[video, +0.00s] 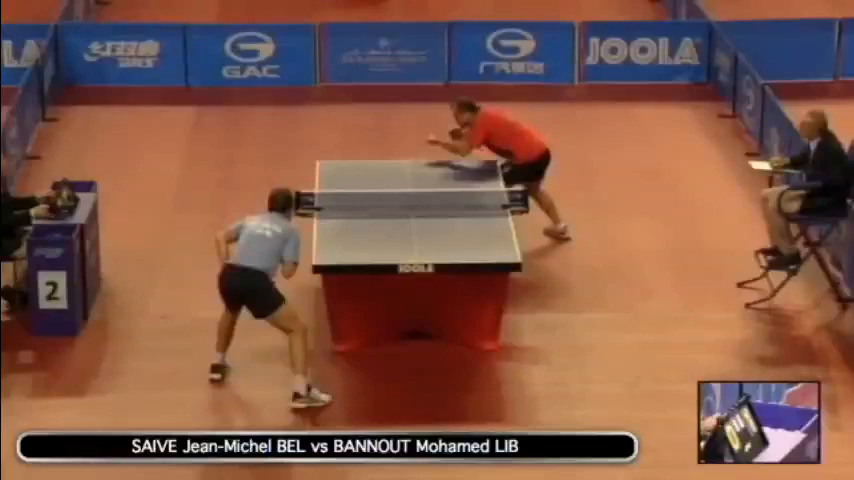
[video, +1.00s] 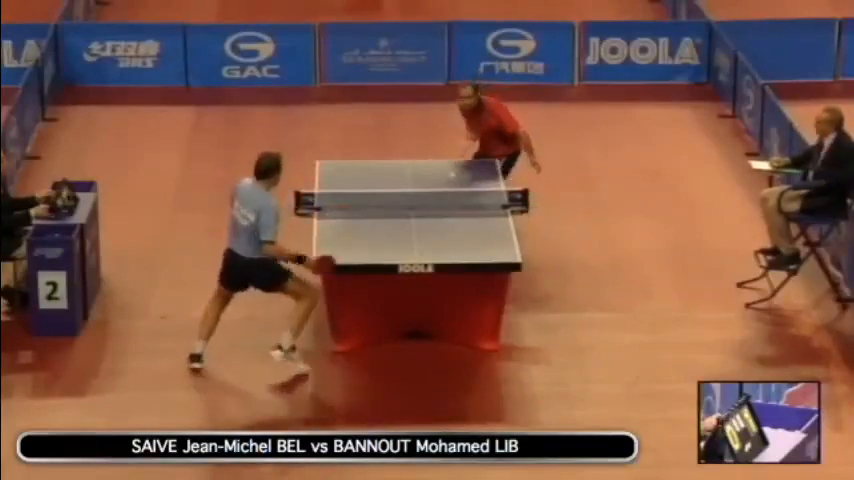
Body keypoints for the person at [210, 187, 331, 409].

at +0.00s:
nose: (293, 212)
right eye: (293, 208)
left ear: (270, 206)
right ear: (291, 210)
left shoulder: (252, 220)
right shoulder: (290, 231)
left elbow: (222, 237)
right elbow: (288, 271)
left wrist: (224, 264)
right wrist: (284, 249)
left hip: (230, 275)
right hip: (257, 281)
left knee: (230, 311)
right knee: (297, 329)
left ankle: (218, 363)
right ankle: (301, 389)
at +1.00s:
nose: (281, 176)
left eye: (279, 172)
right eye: (280, 173)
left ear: (257, 171)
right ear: (276, 176)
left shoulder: (242, 186)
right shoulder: (268, 203)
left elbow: (234, 205)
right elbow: (268, 247)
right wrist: (301, 259)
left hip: (232, 259)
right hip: (258, 265)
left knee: (219, 300)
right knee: (309, 295)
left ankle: (198, 350)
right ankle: (286, 346)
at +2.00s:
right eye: (336, 177)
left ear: (314, 178)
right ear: (336, 180)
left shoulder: (295, 200)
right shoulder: (338, 208)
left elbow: (269, 231)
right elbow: (350, 251)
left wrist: (275, 258)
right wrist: (369, 254)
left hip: (286, 265)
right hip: (315, 269)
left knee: (259, 315)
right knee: (347, 319)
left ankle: (228, 366)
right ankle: (341, 378)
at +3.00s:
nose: (304, 203)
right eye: (304, 199)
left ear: (282, 204)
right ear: (304, 202)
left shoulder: (270, 229)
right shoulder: (314, 231)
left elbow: (246, 259)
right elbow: (331, 269)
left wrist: (263, 262)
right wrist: (344, 272)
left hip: (272, 301)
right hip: (305, 303)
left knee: (251, 334)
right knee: (350, 335)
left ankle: (225, 384)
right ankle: (348, 397)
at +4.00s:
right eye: (476, 251)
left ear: (452, 249)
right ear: (476, 257)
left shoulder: (432, 264)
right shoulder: (468, 290)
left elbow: (397, 290)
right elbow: (455, 333)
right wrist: (448, 374)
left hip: (400, 336)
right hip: (429, 346)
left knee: (382, 376)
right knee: (467, 382)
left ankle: (364, 419)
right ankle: (462, 447)